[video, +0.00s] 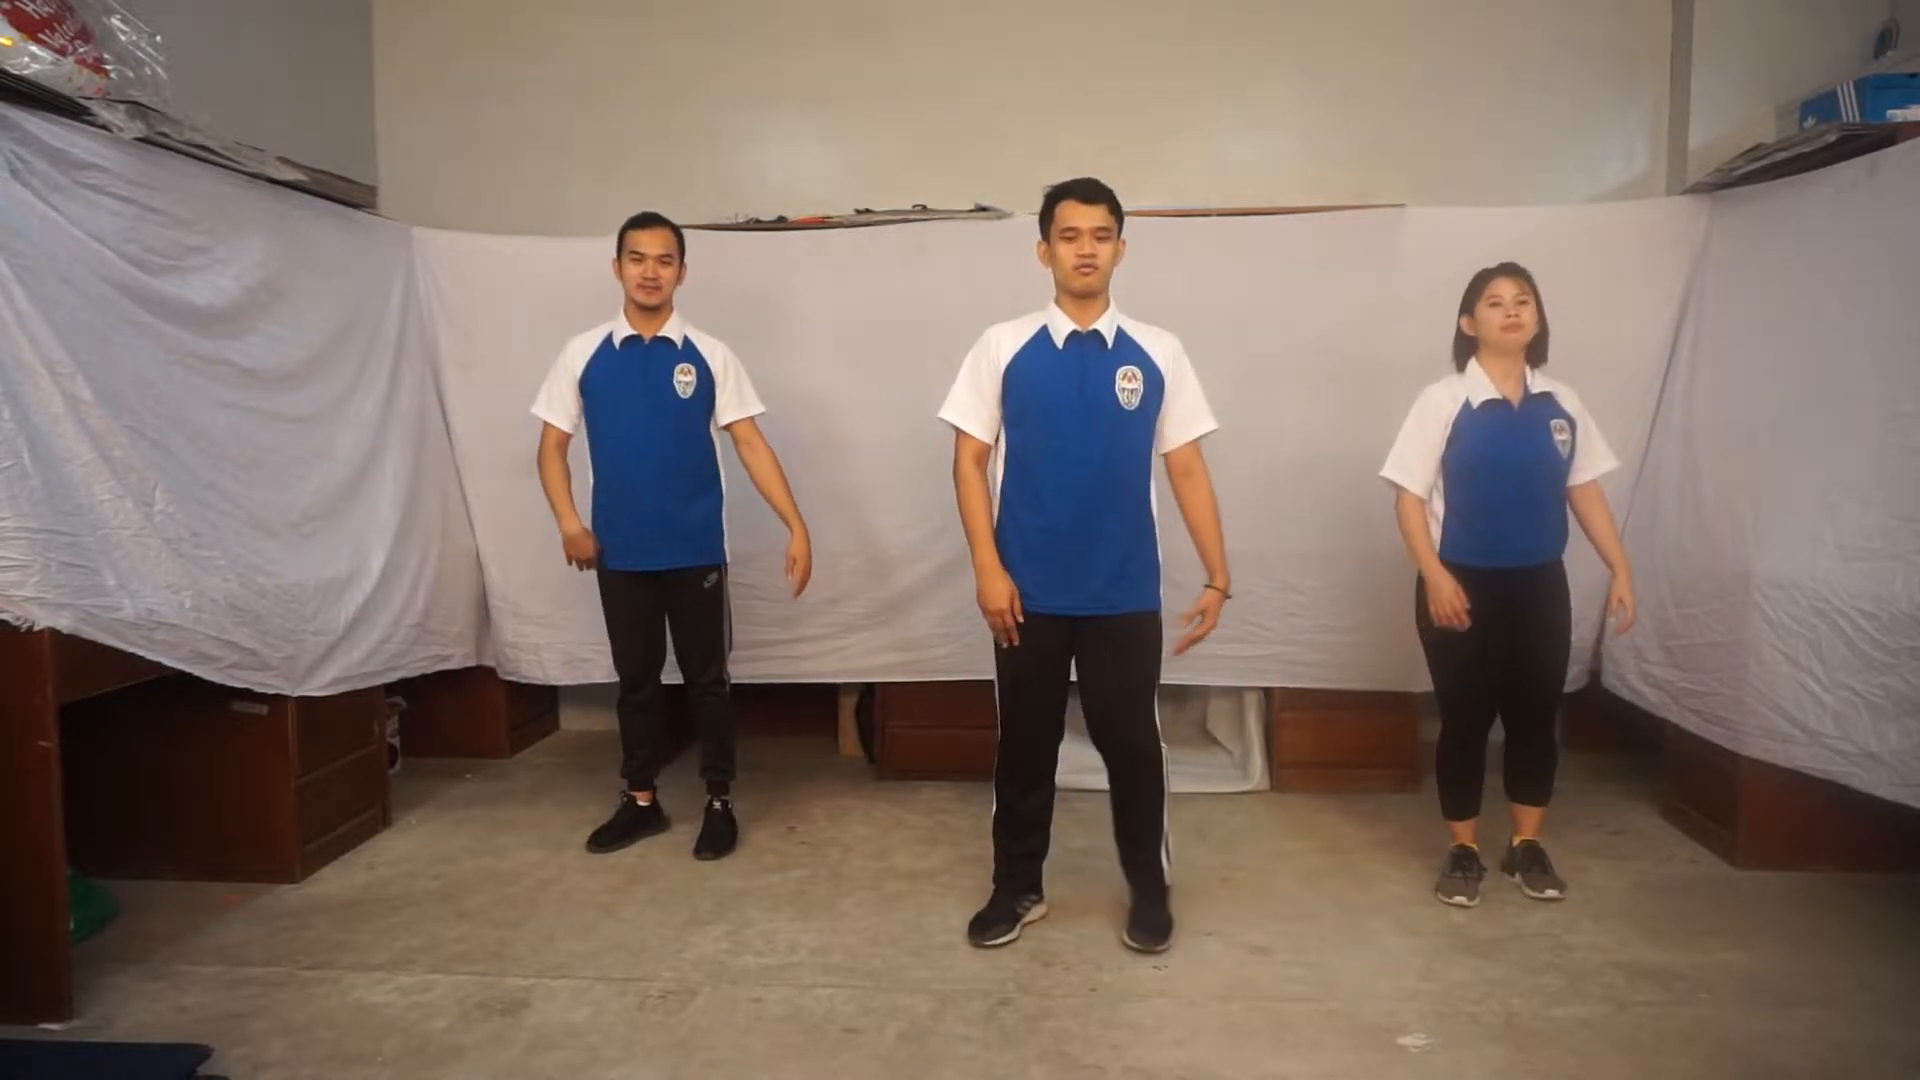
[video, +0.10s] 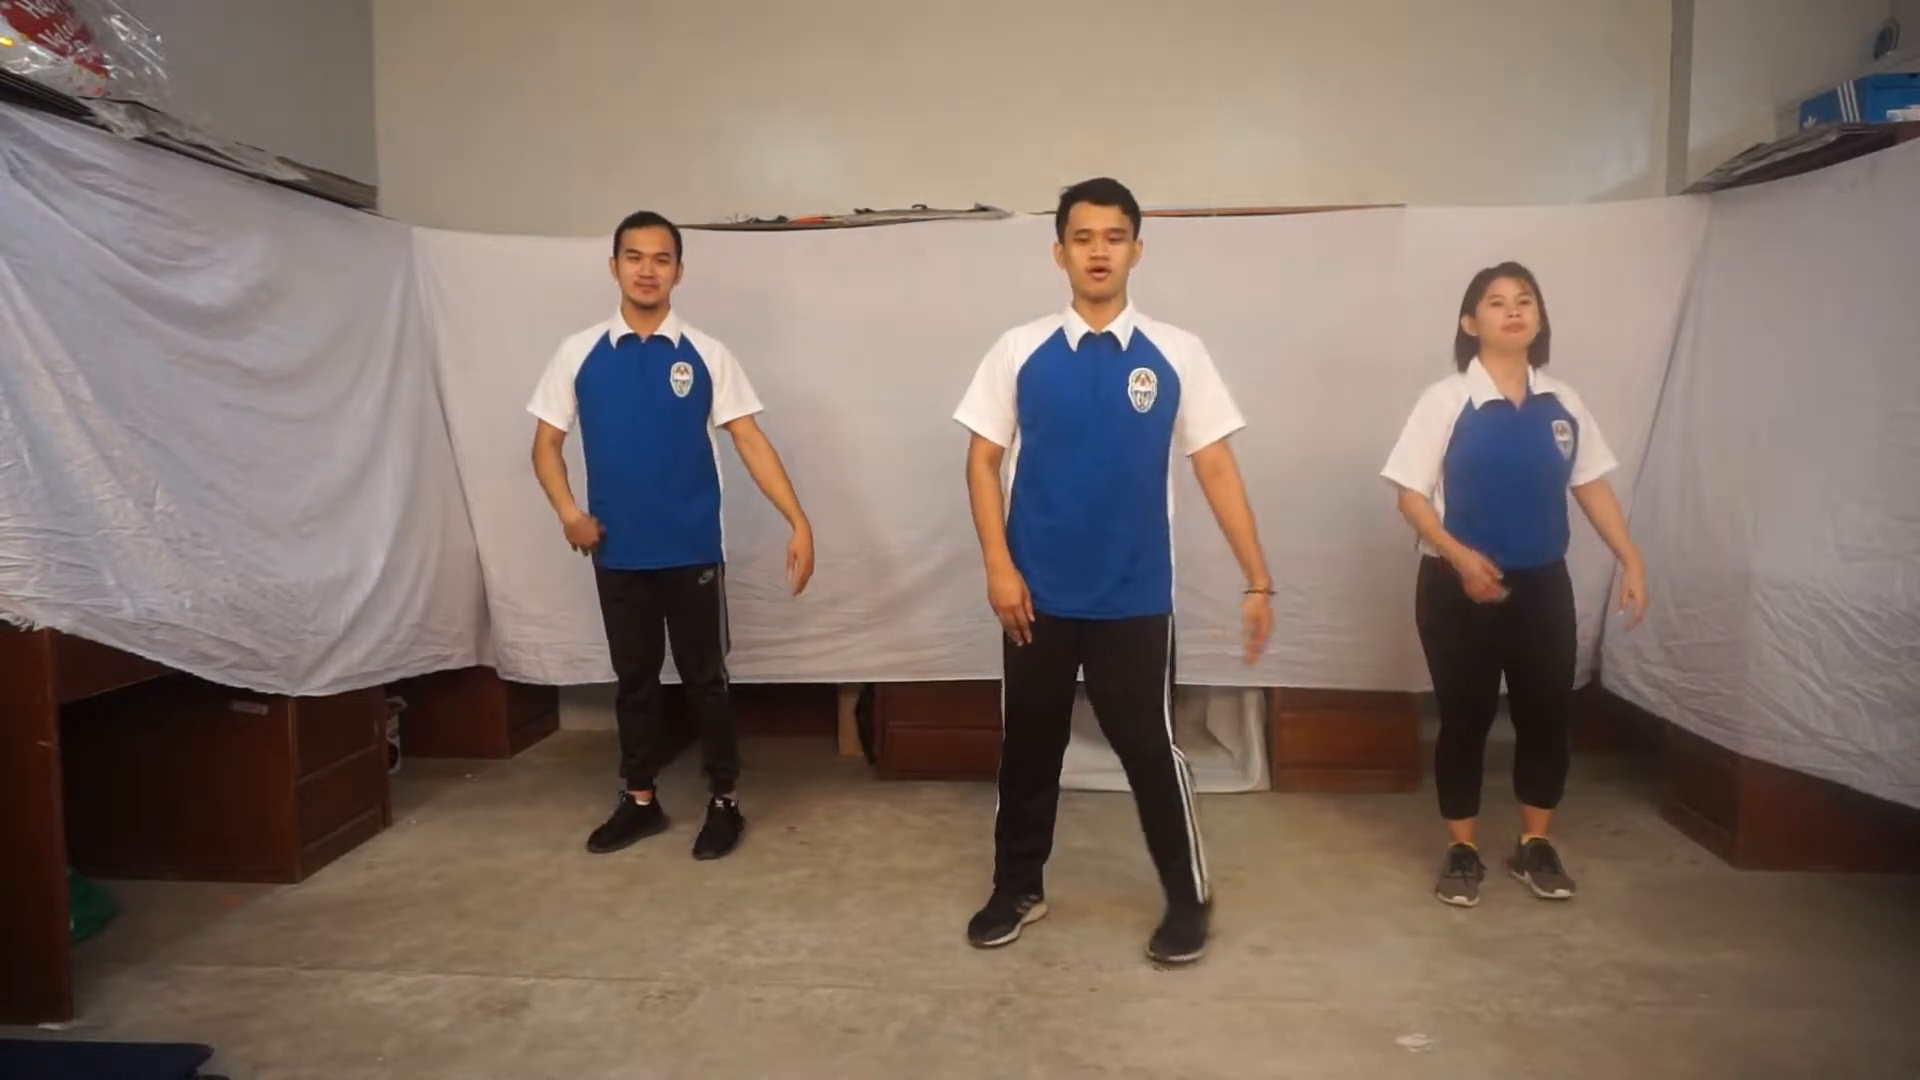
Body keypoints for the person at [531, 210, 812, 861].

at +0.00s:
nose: (651, 271)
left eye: (664, 260)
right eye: (638, 259)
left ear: (681, 272)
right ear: (618, 268)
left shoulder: (710, 356)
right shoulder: (584, 355)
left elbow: (750, 442)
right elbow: (552, 448)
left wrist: (796, 527)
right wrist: (570, 524)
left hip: (696, 553)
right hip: (621, 556)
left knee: (707, 683)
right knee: (636, 683)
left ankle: (719, 802)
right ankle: (640, 802)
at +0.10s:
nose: (648, 269)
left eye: (661, 259)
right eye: (635, 258)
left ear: (678, 271)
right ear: (615, 267)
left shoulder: (706, 356)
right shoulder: (580, 354)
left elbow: (750, 440)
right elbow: (546, 445)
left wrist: (798, 523)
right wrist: (570, 513)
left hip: (692, 553)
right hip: (619, 555)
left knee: (704, 681)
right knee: (634, 682)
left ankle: (724, 800)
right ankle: (639, 800)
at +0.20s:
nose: (650, 268)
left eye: (663, 257)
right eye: (637, 256)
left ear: (680, 269)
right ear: (617, 266)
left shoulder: (708, 354)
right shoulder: (583, 353)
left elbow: (755, 435)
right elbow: (548, 440)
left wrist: (807, 510)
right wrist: (561, 500)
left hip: (691, 550)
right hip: (617, 551)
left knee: (702, 675)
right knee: (631, 680)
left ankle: (739, 796)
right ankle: (637, 799)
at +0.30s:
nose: (658, 269)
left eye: (671, 258)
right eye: (645, 256)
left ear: (687, 269)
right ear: (624, 266)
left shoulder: (717, 353)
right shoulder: (593, 353)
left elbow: (762, 429)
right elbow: (558, 430)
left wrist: (808, 493)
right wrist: (539, 464)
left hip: (695, 549)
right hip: (622, 550)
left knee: (699, 673)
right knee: (630, 677)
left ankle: (748, 800)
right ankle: (634, 798)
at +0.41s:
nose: (670, 274)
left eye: (683, 262)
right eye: (656, 262)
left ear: (700, 271)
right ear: (638, 272)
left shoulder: (730, 352)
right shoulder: (610, 357)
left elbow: (755, 422)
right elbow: (570, 440)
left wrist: (761, 468)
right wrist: (504, 393)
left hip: (707, 553)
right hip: (638, 554)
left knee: (701, 676)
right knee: (631, 674)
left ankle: (750, 811)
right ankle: (634, 799)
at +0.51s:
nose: (663, 274)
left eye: (677, 262)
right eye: (658, 263)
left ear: (715, 270)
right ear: (654, 272)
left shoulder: (740, 349)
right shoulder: (642, 351)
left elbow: (728, 442)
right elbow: (573, 406)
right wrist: (555, 332)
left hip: (728, 554)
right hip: (663, 552)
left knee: (728, 682)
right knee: (657, 676)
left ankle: (753, 813)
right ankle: (638, 797)